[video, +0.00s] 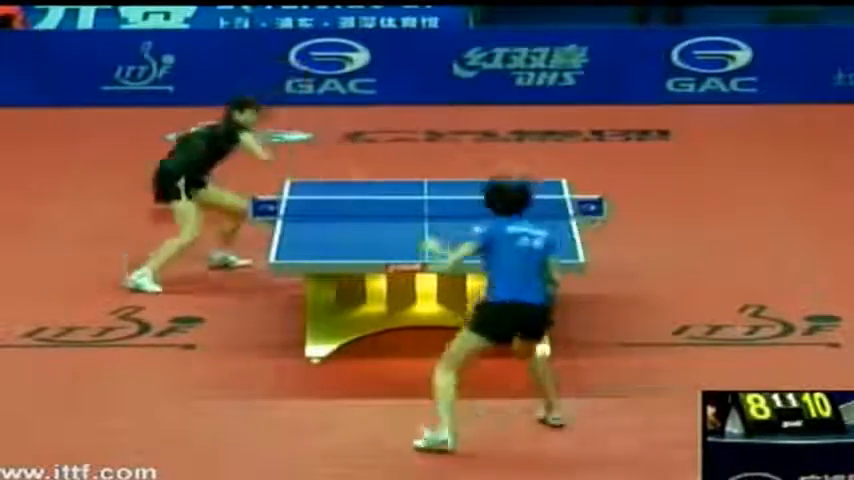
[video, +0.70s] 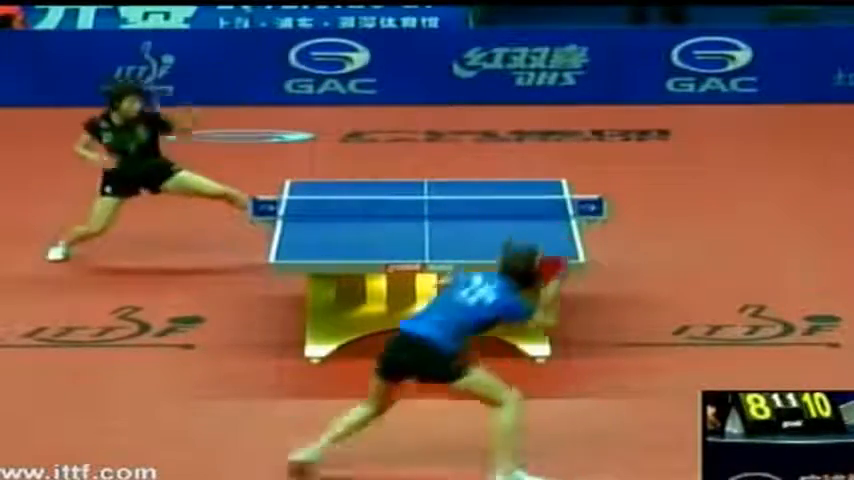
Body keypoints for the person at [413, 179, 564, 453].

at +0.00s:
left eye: (491, 202)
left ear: (494, 205)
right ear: (524, 204)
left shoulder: (492, 231)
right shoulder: (542, 235)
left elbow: (454, 261)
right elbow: (554, 279)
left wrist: (437, 258)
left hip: (498, 307)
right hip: (535, 309)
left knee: (447, 365)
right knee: (535, 352)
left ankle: (445, 431)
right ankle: (552, 411)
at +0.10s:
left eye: (481, 207)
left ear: (481, 210)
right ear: (513, 210)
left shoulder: (473, 234)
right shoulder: (529, 236)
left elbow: (440, 266)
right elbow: (553, 276)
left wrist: (428, 257)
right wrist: (533, 270)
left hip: (488, 311)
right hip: (528, 311)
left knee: (450, 370)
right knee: (542, 357)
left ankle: (448, 437)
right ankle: (555, 411)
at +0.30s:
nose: (475, 203)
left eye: (477, 199)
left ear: (483, 200)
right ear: (517, 200)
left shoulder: (474, 221)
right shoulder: (531, 225)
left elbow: (439, 255)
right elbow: (554, 265)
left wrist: (430, 261)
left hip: (478, 300)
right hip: (523, 302)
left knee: (445, 366)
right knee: (551, 363)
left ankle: (433, 435)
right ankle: (584, 428)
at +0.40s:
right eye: (527, 209)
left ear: (491, 216)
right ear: (525, 217)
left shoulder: (478, 244)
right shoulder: (540, 248)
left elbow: (450, 277)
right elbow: (559, 285)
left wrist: (452, 310)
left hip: (479, 323)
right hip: (524, 325)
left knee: (436, 384)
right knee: (563, 385)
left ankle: (404, 449)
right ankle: (595, 450)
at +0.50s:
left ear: (499, 231)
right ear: (535, 234)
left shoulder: (477, 256)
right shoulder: (538, 262)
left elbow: (446, 293)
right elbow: (564, 293)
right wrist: (559, 266)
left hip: (469, 342)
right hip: (515, 345)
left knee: (427, 393)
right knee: (567, 391)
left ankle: (403, 459)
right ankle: (599, 460)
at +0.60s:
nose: (539, 262)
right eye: (538, 257)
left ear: (507, 247)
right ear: (532, 258)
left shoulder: (481, 262)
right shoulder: (523, 282)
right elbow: (562, 296)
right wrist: (563, 266)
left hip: (424, 333)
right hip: (463, 342)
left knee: (388, 391)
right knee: (527, 394)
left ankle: (357, 448)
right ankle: (554, 457)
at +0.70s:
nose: (539, 276)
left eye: (537, 271)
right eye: (537, 272)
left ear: (504, 266)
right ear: (529, 275)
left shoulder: (477, 278)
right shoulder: (510, 301)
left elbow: (444, 292)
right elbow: (545, 321)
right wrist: (551, 292)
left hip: (401, 341)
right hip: (436, 352)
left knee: (372, 406)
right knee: (508, 400)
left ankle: (314, 451)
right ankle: (506, 469)